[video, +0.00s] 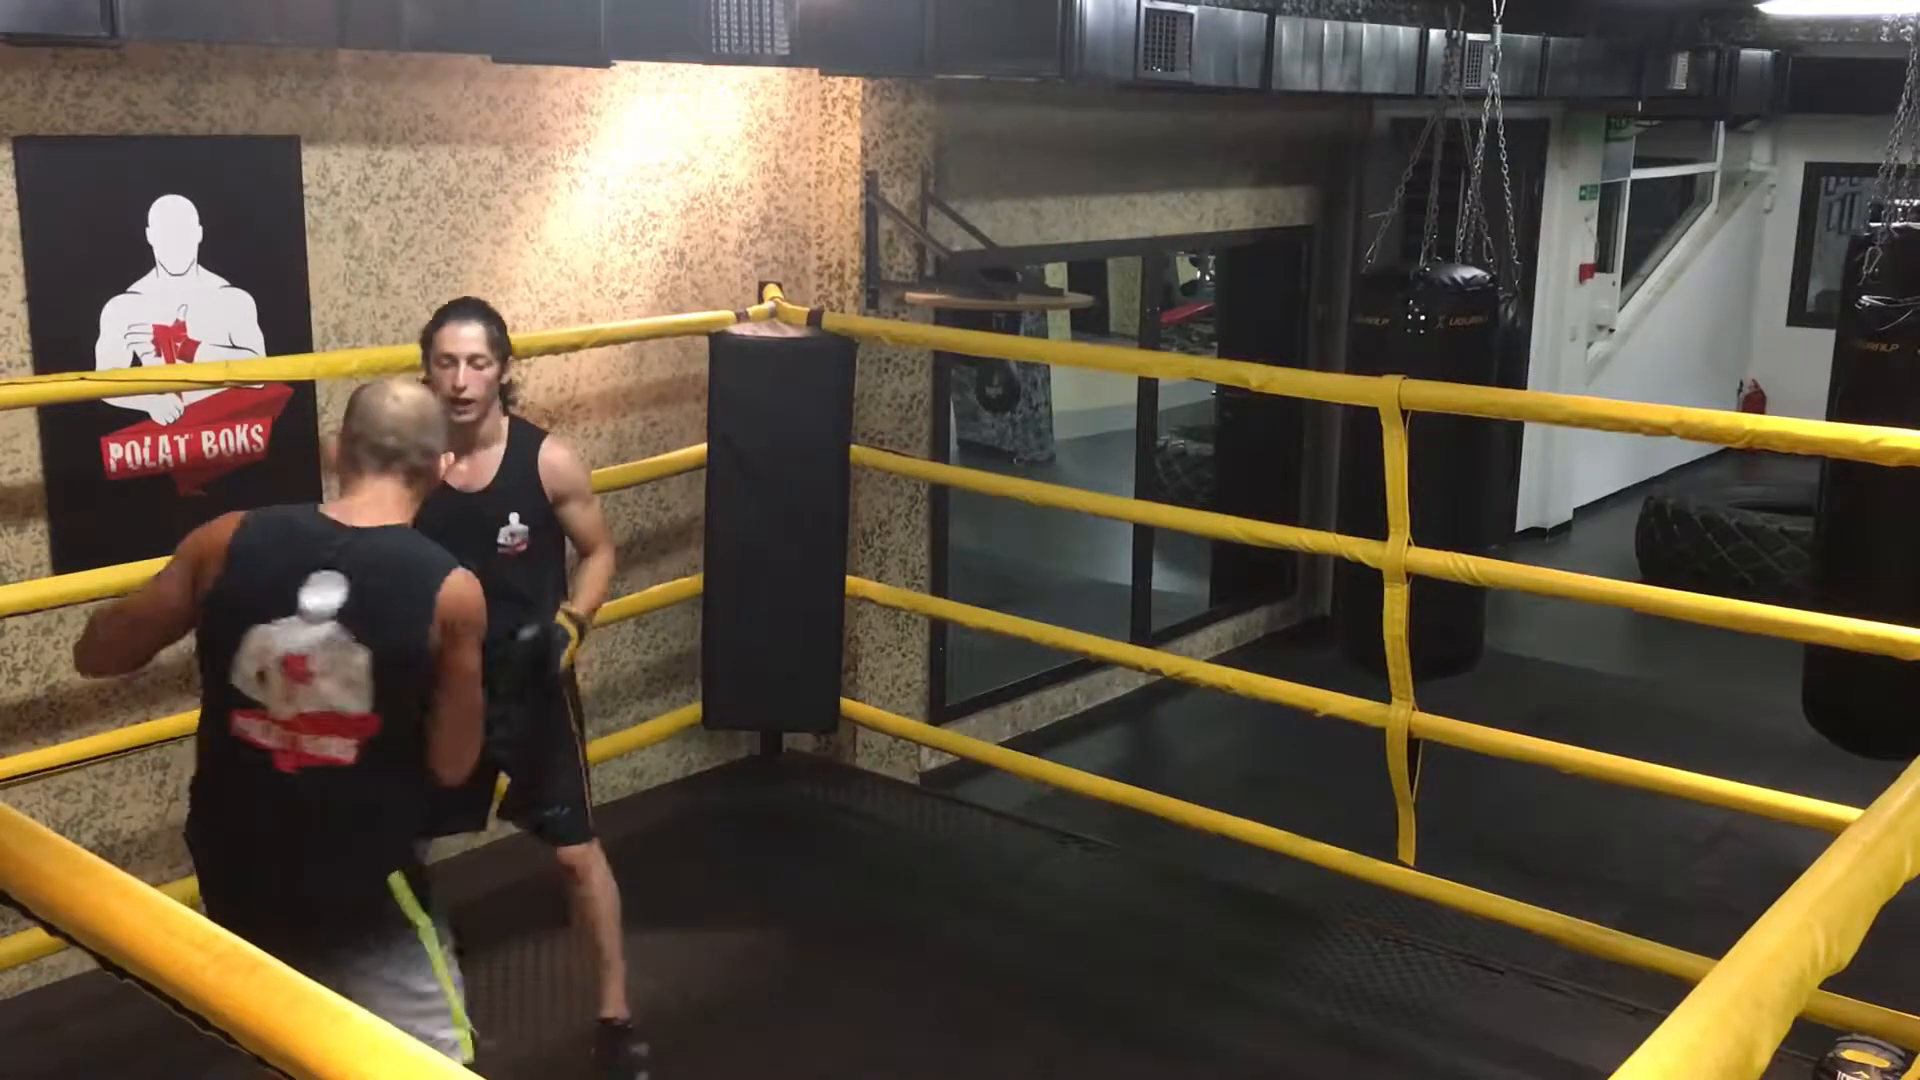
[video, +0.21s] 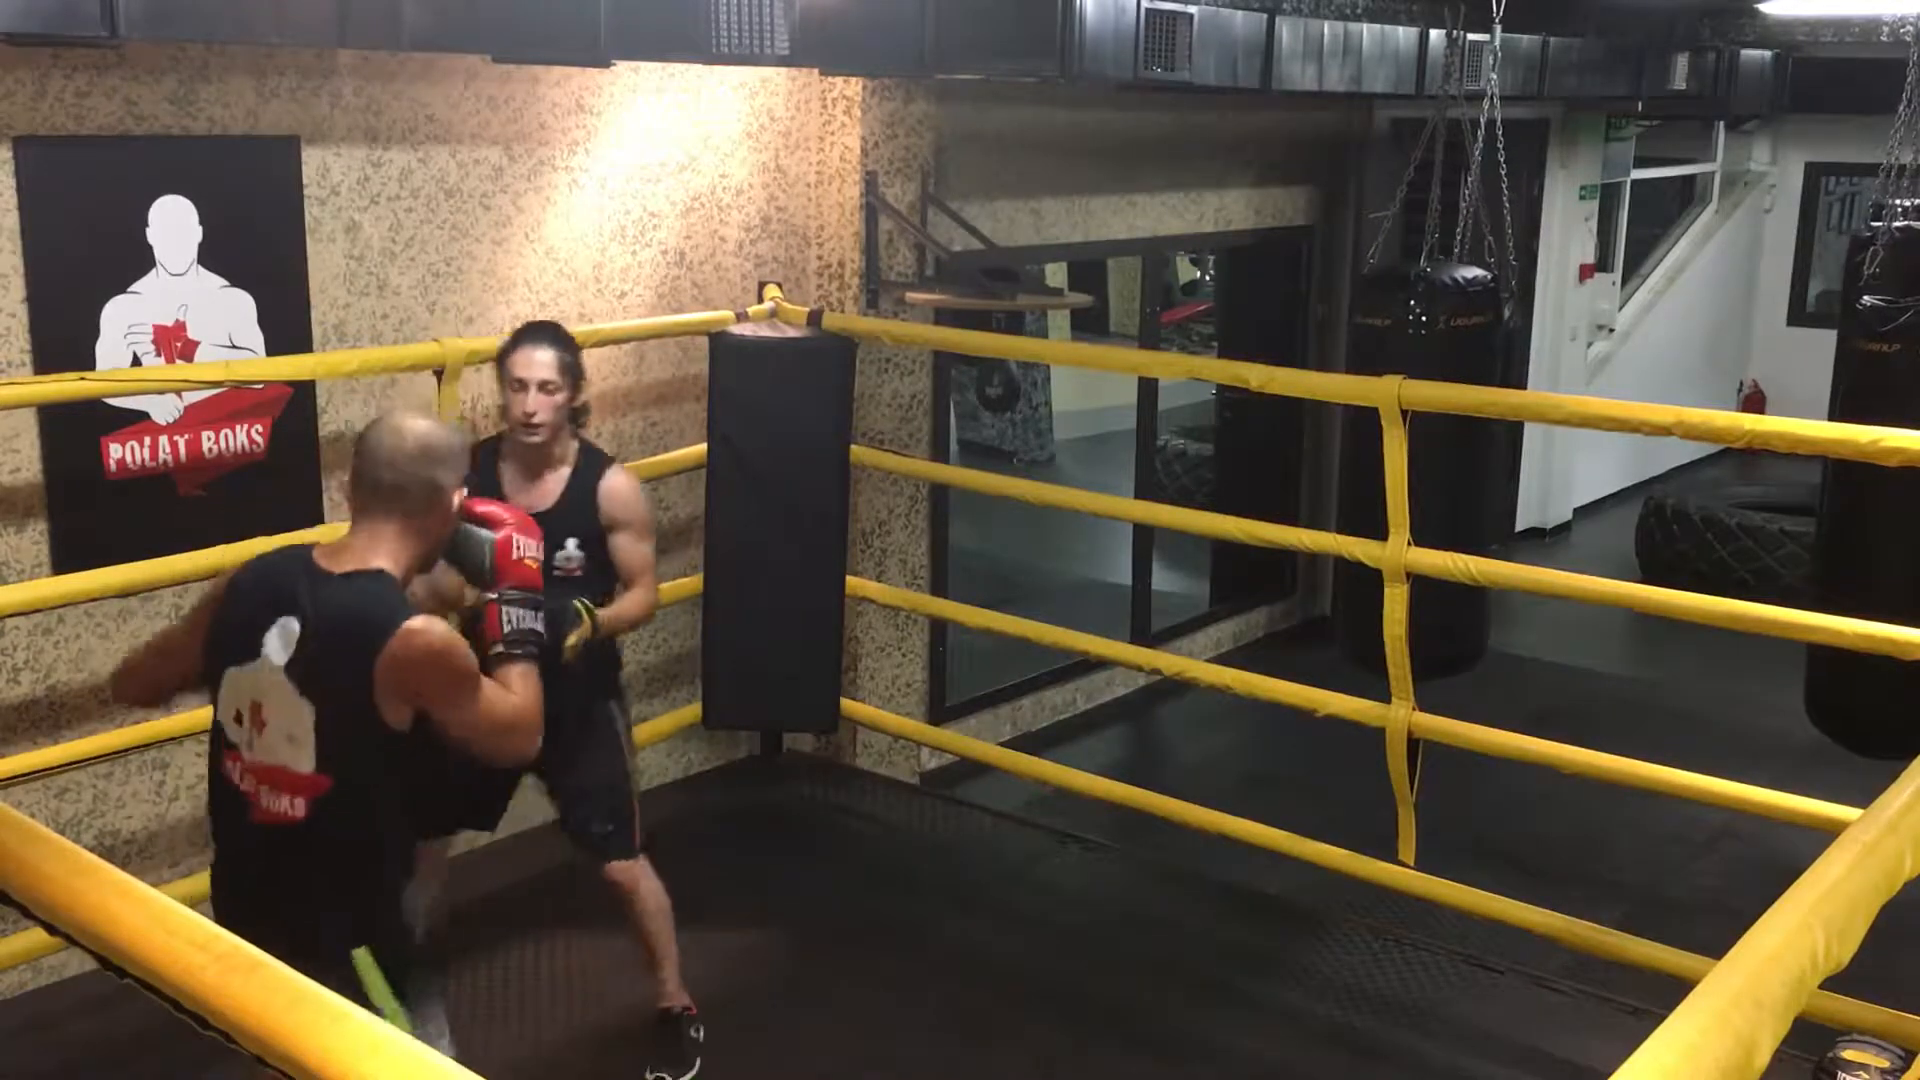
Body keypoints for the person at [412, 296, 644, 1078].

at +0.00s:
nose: (459, 378)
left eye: (476, 363)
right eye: (445, 364)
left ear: (504, 370)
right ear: (427, 371)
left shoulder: (549, 460)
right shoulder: (408, 461)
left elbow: (598, 553)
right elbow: (372, 552)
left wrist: (571, 622)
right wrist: (395, 626)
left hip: (527, 680)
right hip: (432, 674)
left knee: (575, 850)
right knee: (400, 840)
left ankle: (614, 1013)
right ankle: (413, 997)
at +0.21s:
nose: (529, 405)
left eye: (546, 389)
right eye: (517, 388)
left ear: (575, 395)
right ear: (500, 393)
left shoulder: (611, 487)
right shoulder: (473, 468)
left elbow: (642, 593)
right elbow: (432, 562)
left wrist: (594, 621)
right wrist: (464, 603)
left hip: (576, 686)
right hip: (482, 677)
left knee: (621, 864)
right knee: (423, 830)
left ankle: (674, 999)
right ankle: (410, 955)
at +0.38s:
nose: (574, 391)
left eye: (591, 378)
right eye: (564, 376)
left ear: (625, 385)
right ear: (552, 380)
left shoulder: (663, 471)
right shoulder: (531, 455)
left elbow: (689, 587)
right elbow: (504, 546)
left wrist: (648, 561)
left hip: (638, 686)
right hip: (548, 674)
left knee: (653, 851)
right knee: (509, 817)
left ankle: (678, 1000)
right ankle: (529, 948)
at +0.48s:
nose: (600, 390)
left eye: (615, 374)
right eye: (588, 375)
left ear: (652, 376)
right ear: (573, 379)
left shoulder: (690, 451)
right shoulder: (575, 459)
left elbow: (703, 559)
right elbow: (548, 553)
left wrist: (674, 465)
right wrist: (553, 479)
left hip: (665, 671)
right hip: (599, 664)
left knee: (666, 846)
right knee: (595, 826)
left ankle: (683, 1007)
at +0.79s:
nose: (630, 401)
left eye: (645, 386)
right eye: (619, 386)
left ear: (678, 385)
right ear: (606, 388)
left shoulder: (727, 452)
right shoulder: (617, 469)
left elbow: (758, 553)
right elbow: (567, 577)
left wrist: (719, 463)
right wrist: (589, 521)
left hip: (729, 673)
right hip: (664, 672)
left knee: (733, 842)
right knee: (646, 826)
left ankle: (795, 1013)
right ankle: (727, 949)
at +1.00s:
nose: (661, 407)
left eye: (677, 390)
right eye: (650, 391)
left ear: (713, 391)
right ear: (639, 395)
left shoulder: (762, 461)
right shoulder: (640, 475)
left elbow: (787, 560)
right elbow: (611, 578)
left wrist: (745, 470)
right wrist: (597, 537)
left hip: (758, 691)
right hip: (676, 690)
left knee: (790, 866)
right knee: (666, 830)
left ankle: (824, 1047)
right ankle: (729, 950)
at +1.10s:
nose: (674, 408)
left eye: (689, 393)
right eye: (663, 393)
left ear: (726, 394)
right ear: (653, 397)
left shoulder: (778, 467)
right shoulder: (653, 486)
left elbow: (805, 566)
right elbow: (625, 594)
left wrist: (763, 467)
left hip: (777, 695)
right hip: (695, 692)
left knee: (792, 877)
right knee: (676, 840)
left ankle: (821, 1048)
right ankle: (729, 952)